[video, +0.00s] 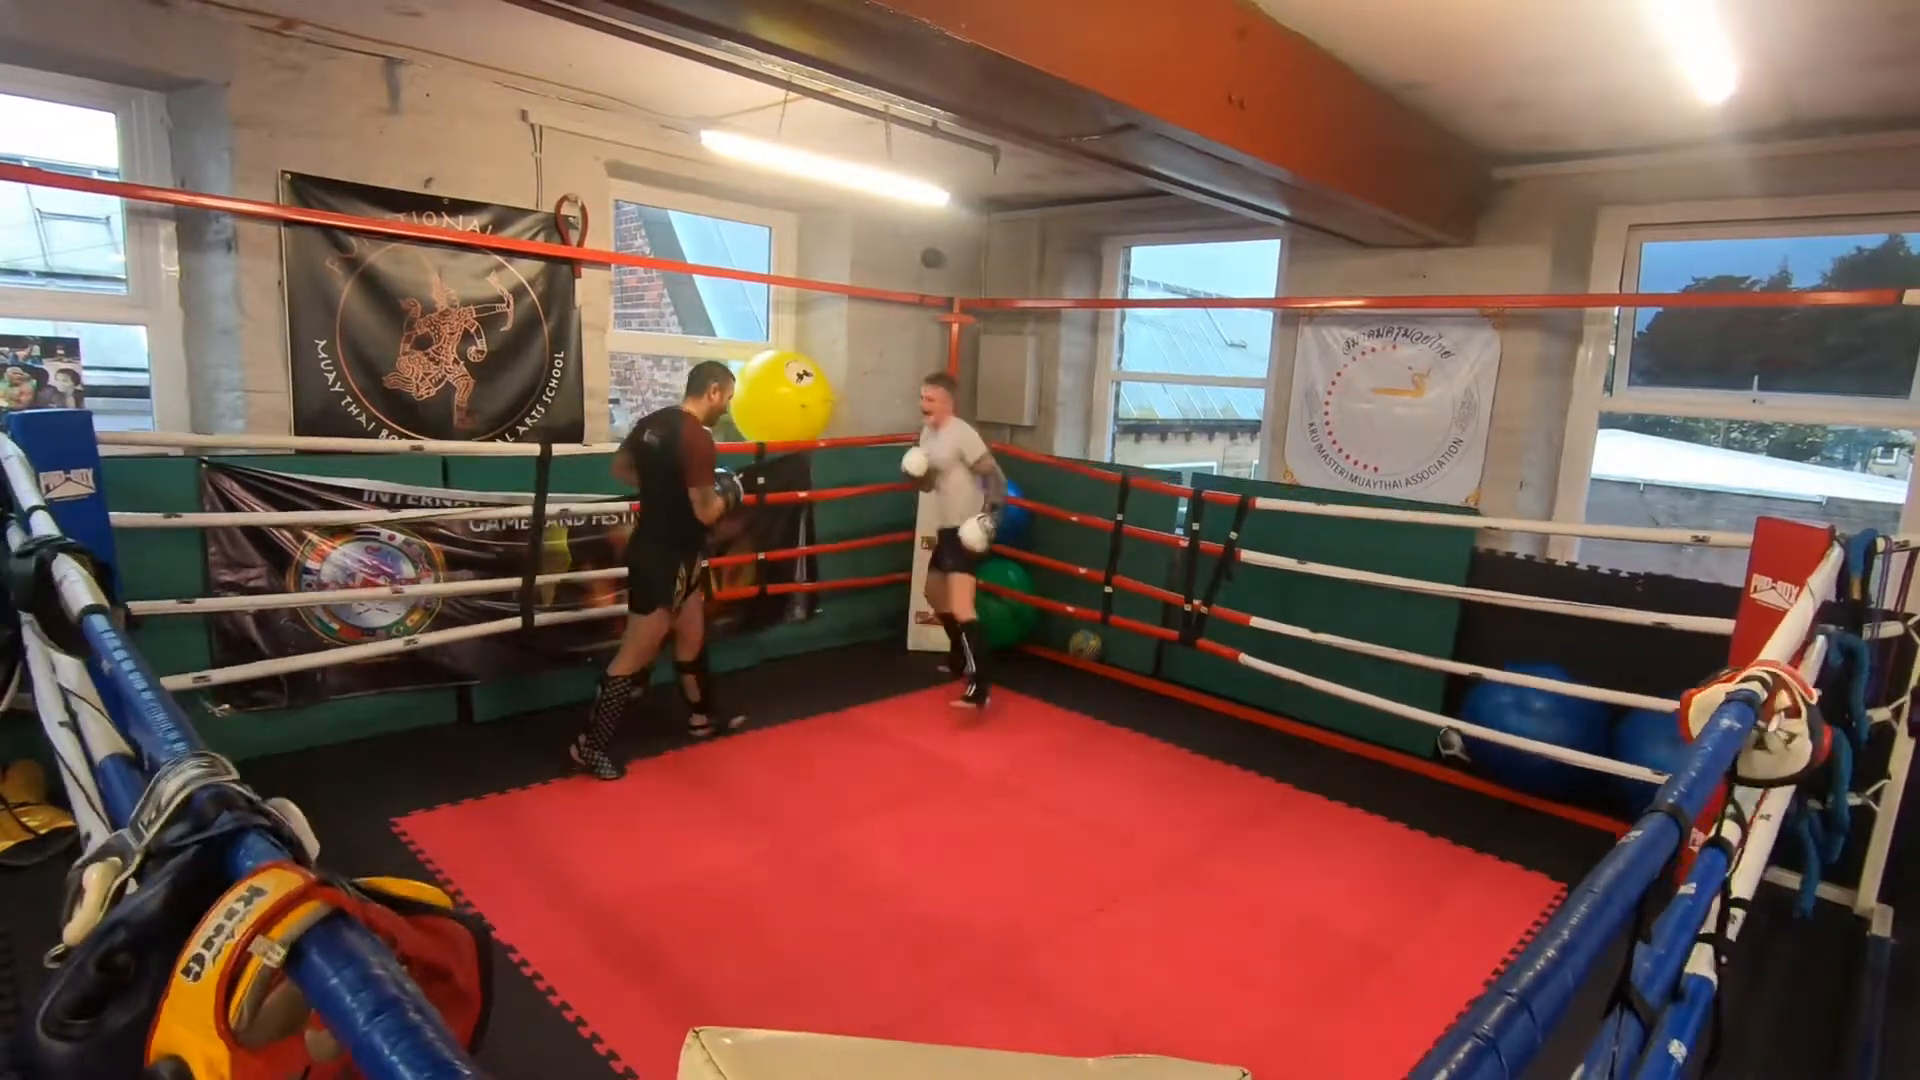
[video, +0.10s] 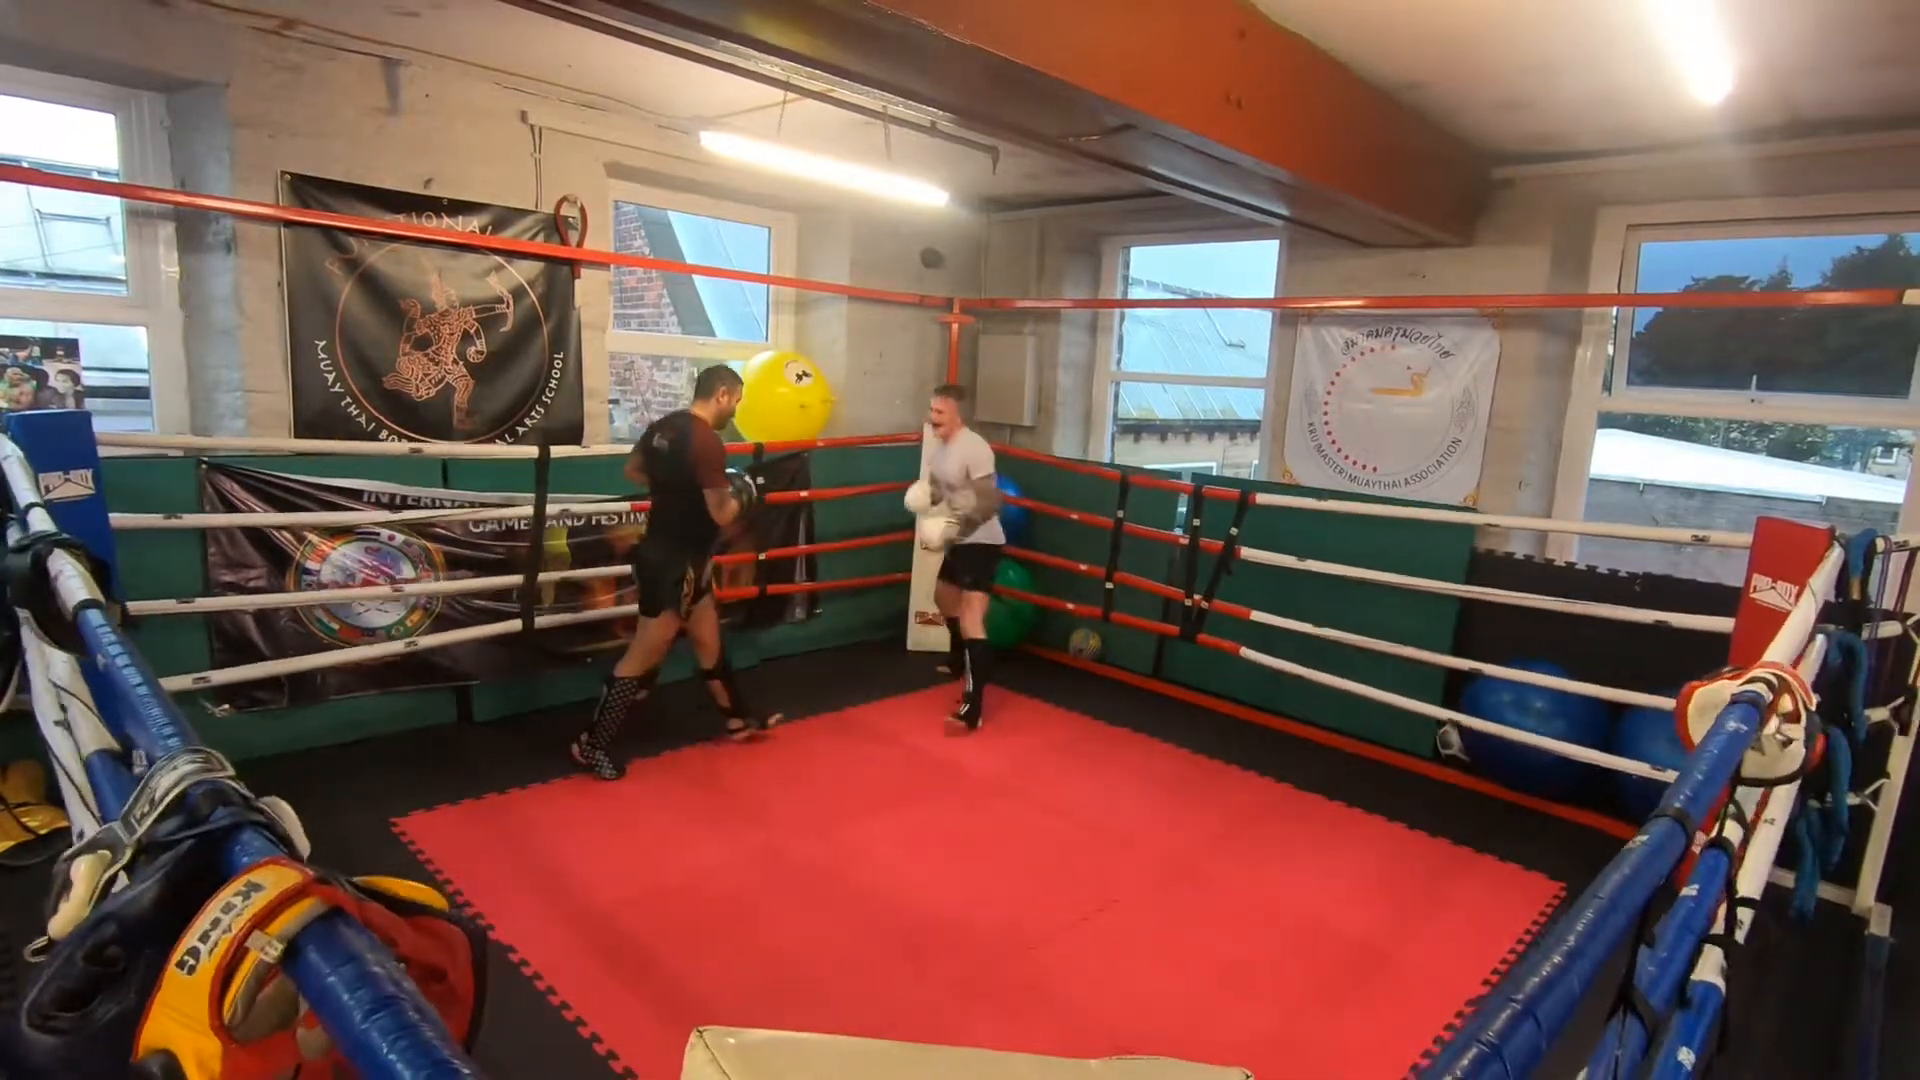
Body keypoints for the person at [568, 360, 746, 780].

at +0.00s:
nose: (727, 408)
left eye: (729, 400)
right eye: (727, 399)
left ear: (696, 390)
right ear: (713, 392)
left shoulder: (653, 422)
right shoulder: (696, 438)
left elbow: (621, 468)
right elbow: (706, 512)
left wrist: (665, 484)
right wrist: (730, 491)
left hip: (665, 550)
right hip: (666, 557)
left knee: (690, 636)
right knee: (639, 649)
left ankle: (701, 717)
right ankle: (591, 745)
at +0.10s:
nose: (735, 411)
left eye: (738, 403)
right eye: (736, 402)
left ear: (704, 392)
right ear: (722, 395)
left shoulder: (664, 426)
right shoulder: (706, 441)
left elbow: (634, 471)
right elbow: (722, 514)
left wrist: (678, 480)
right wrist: (745, 492)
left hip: (662, 550)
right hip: (679, 559)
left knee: (707, 640)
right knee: (647, 650)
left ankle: (738, 720)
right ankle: (594, 744)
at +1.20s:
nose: (811, 422)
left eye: (814, 414)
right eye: (807, 413)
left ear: (792, 406)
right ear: (782, 403)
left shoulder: (796, 445)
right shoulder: (747, 448)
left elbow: (812, 487)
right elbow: (782, 506)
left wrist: (848, 472)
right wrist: (813, 464)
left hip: (800, 563)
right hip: (754, 567)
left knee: (819, 652)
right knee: (735, 656)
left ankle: (844, 744)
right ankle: (714, 745)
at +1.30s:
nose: (827, 426)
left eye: (831, 419)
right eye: (824, 417)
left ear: (819, 415)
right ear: (799, 407)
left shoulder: (813, 450)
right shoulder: (761, 448)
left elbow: (834, 499)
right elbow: (794, 507)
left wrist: (860, 485)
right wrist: (829, 464)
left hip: (813, 567)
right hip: (768, 571)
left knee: (836, 656)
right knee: (747, 660)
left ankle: (846, 751)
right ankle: (716, 743)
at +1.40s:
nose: (834, 428)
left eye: (838, 422)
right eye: (831, 418)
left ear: (834, 421)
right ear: (810, 408)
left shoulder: (824, 451)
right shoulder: (771, 444)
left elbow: (863, 500)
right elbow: (806, 501)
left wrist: (885, 464)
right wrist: (835, 458)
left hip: (822, 569)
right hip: (774, 571)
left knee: (840, 663)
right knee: (749, 663)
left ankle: (847, 752)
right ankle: (719, 744)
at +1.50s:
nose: (832, 423)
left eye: (839, 419)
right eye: (829, 414)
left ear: (841, 422)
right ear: (813, 406)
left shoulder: (833, 447)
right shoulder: (775, 442)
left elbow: (870, 496)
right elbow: (814, 497)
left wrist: (886, 456)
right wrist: (840, 451)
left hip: (825, 570)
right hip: (776, 571)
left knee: (838, 665)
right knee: (751, 666)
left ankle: (846, 751)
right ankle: (724, 745)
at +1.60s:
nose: (826, 421)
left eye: (832, 417)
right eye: (823, 414)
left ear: (839, 420)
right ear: (807, 407)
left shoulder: (837, 448)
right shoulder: (771, 441)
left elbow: (869, 497)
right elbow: (807, 495)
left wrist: (885, 461)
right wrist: (829, 451)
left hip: (825, 567)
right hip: (775, 569)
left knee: (838, 662)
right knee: (755, 663)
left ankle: (846, 751)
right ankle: (735, 745)